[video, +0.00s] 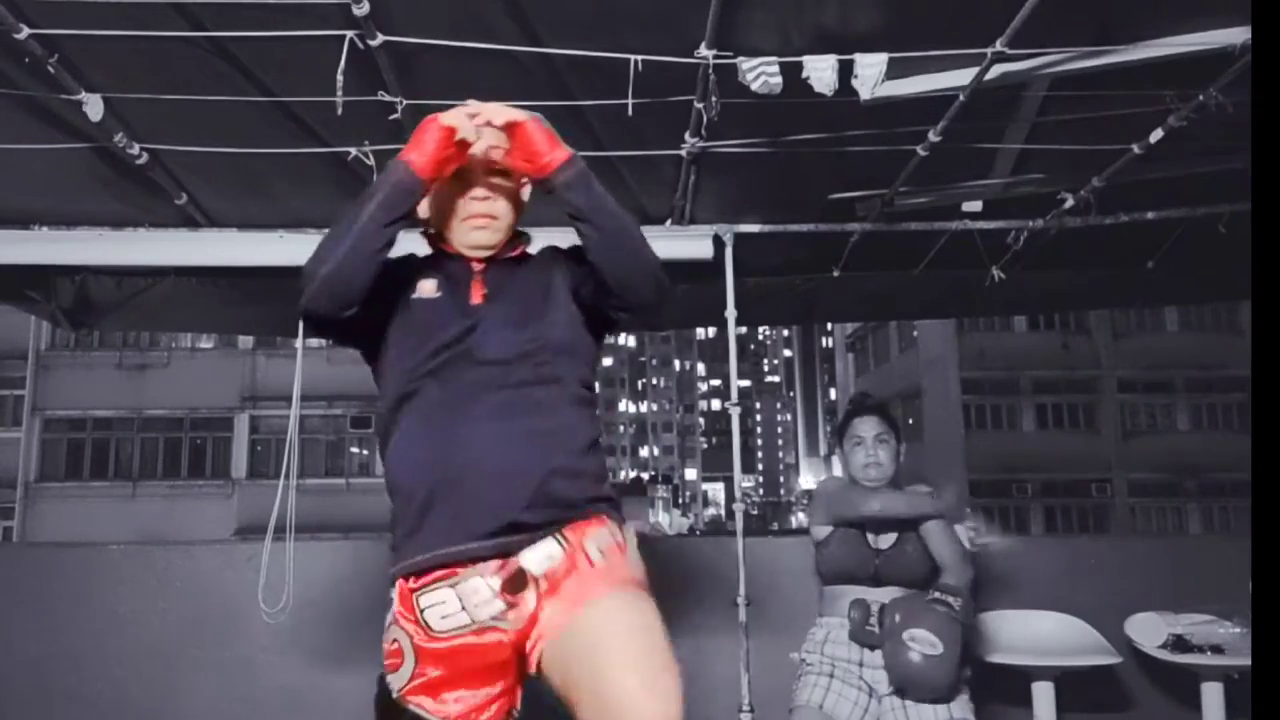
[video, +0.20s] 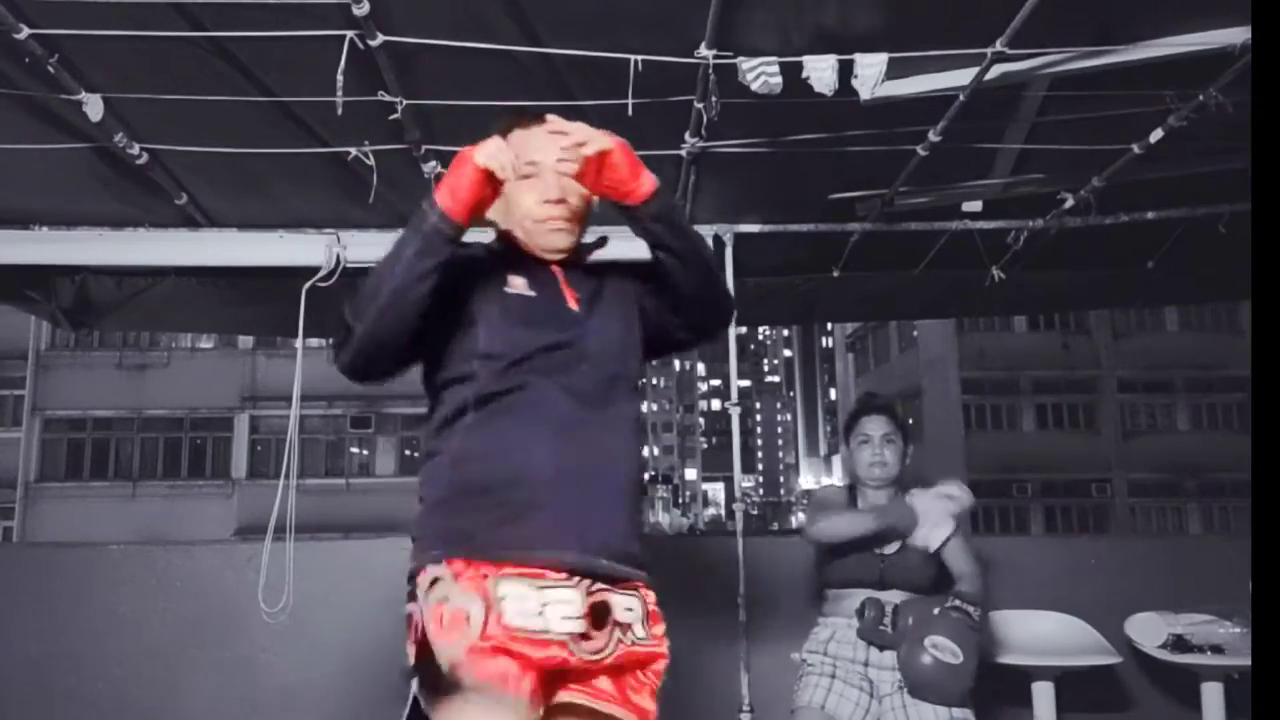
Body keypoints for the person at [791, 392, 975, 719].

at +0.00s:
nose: (871, 452)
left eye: (882, 441)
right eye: (857, 444)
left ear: (898, 451)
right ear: (842, 455)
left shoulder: (918, 499)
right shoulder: (828, 495)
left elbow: (956, 566)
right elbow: (870, 504)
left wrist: (943, 607)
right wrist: (940, 505)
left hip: (917, 657)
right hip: (837, 659)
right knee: (815, 711)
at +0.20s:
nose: (877, 452)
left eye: (889, 442)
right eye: (864, 442)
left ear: (904, 454)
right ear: (848, 455)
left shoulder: (926, 507)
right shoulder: (831, 498)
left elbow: (968, 574)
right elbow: (817, 529)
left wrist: (958, 616)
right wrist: (902, 514)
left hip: (919, 655)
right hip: (838, 652)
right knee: (820, 711)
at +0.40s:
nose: (889, 451)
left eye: (902, 441)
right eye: (877, 440)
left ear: (919, 455)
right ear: (859, 449)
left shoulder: (938, 511)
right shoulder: (832, 508)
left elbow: (981, 587)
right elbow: (780, 565)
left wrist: (966, 616)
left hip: (921, 663)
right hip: (840, 659)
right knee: (821, 712)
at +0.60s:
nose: (887, 451)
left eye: (900, 441)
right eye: (875, 441)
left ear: (918, 454)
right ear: (857, 451)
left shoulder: (938, 512)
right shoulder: (832, 509)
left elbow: (983, 589)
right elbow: (772, 570)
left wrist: (967, 620)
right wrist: (784, 526)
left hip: (921, 666)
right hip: (839, 662)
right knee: (820, 712)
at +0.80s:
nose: (885, 452)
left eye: (899, 443)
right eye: (874, 441)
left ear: (917, 455)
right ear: (856, 449)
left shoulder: (937, 515)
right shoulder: (825, 506)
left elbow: (983, 589)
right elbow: (758, 536)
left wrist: (961, 620)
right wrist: (808, 567)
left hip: (921, 669)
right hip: (837, 665)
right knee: (820, 712)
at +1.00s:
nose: (885, 452)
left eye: (899, 443)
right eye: (873, 441)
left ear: (917, 458)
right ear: (857, 449)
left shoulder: (936, 517)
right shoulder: (828, 511)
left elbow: (981, 589)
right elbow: (774, 560)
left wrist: (973, 619)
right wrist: (786, 496)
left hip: (920, 667)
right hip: (842, 663)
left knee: (940, 713)